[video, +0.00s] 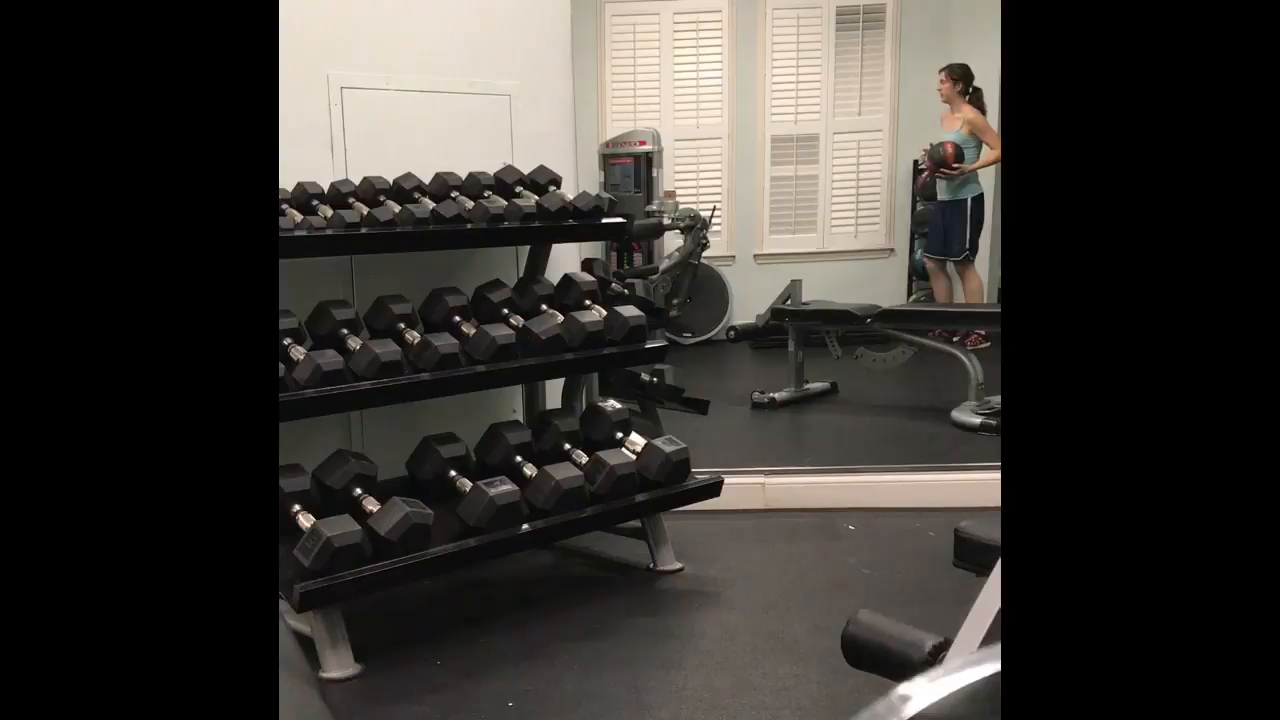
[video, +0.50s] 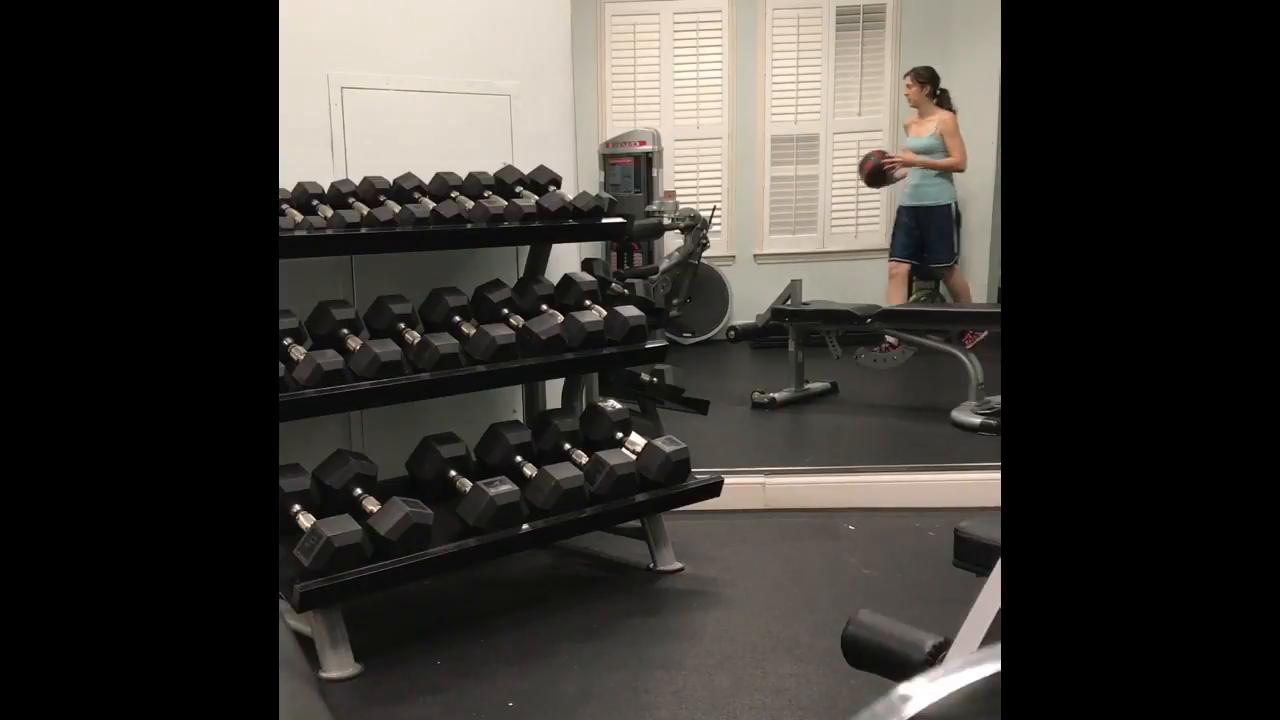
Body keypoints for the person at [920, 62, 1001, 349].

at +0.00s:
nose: (938, 86)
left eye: (943, 82)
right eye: (939, 81)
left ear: (957, 85)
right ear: (951, 85)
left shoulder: (972, 116)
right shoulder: (947, 116)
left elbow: (999, 149)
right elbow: (953, 152)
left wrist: (970, 168)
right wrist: (931, 158)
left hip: (966, 199)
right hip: (944, 198)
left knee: (963, 263)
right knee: (933, 261)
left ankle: (978, 328)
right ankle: (947, 324)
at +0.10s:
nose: (938, 86)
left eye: (942, 82)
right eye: (938, 82)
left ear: (958, 85)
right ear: (952, 86)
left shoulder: (973, 117)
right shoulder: (943, 116)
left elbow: (998, 150)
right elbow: (947, 152)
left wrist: (968, 168)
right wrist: (929, 160)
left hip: (966, 201)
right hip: (941, 200)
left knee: (964, 264)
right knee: (925, 262)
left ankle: (979, 328)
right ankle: (943, 325)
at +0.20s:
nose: (933, 87)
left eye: (937, 83)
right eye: (933, 82)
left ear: (953, 86)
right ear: (947, 86)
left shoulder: (971, 118)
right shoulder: (936, 118)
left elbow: (993, 157)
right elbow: (940, 156)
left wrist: (954, 168)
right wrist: (921, 167)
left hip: (962, 201)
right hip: (935, 200)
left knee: (962, 266)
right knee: (916, 262)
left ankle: (976, 329)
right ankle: (923, 328)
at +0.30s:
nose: (927, 90)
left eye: (931, 84)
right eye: (927, 84)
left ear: (948, 87)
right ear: (938, 87)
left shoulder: (966, 119)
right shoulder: (929, 120)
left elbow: (985, 160)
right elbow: (936, 157)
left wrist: (939, 163)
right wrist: (915, 166)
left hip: (957, 203)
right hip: (928, 202)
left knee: (959, 267)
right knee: (912, 265)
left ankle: (975, 328)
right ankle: (910, 330)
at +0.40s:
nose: (918, 92)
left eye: (922, 86)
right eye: (917, 87)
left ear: (938, 87)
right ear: (929, 89)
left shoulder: (958, 119)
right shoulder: (920, 122)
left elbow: (973, 163)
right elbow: (930, 159)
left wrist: (929, 160)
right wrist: (907, 165)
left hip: (950, 204)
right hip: (920, 204)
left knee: (954, 268)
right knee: (907, 268)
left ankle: (975, 326)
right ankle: (901, 332)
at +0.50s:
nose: (905, 93)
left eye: (909, 87)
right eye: (905, 87)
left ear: (926, 89)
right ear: (915, 90)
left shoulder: (945, 119)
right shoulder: (910, 123)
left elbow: (960, 163)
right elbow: (919, 161)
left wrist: (915, 161)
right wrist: (895, 170)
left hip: (939, 204)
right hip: (910, 204)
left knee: (946, 271)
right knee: (897, 269)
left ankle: (973, 323)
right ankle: (894, 333)